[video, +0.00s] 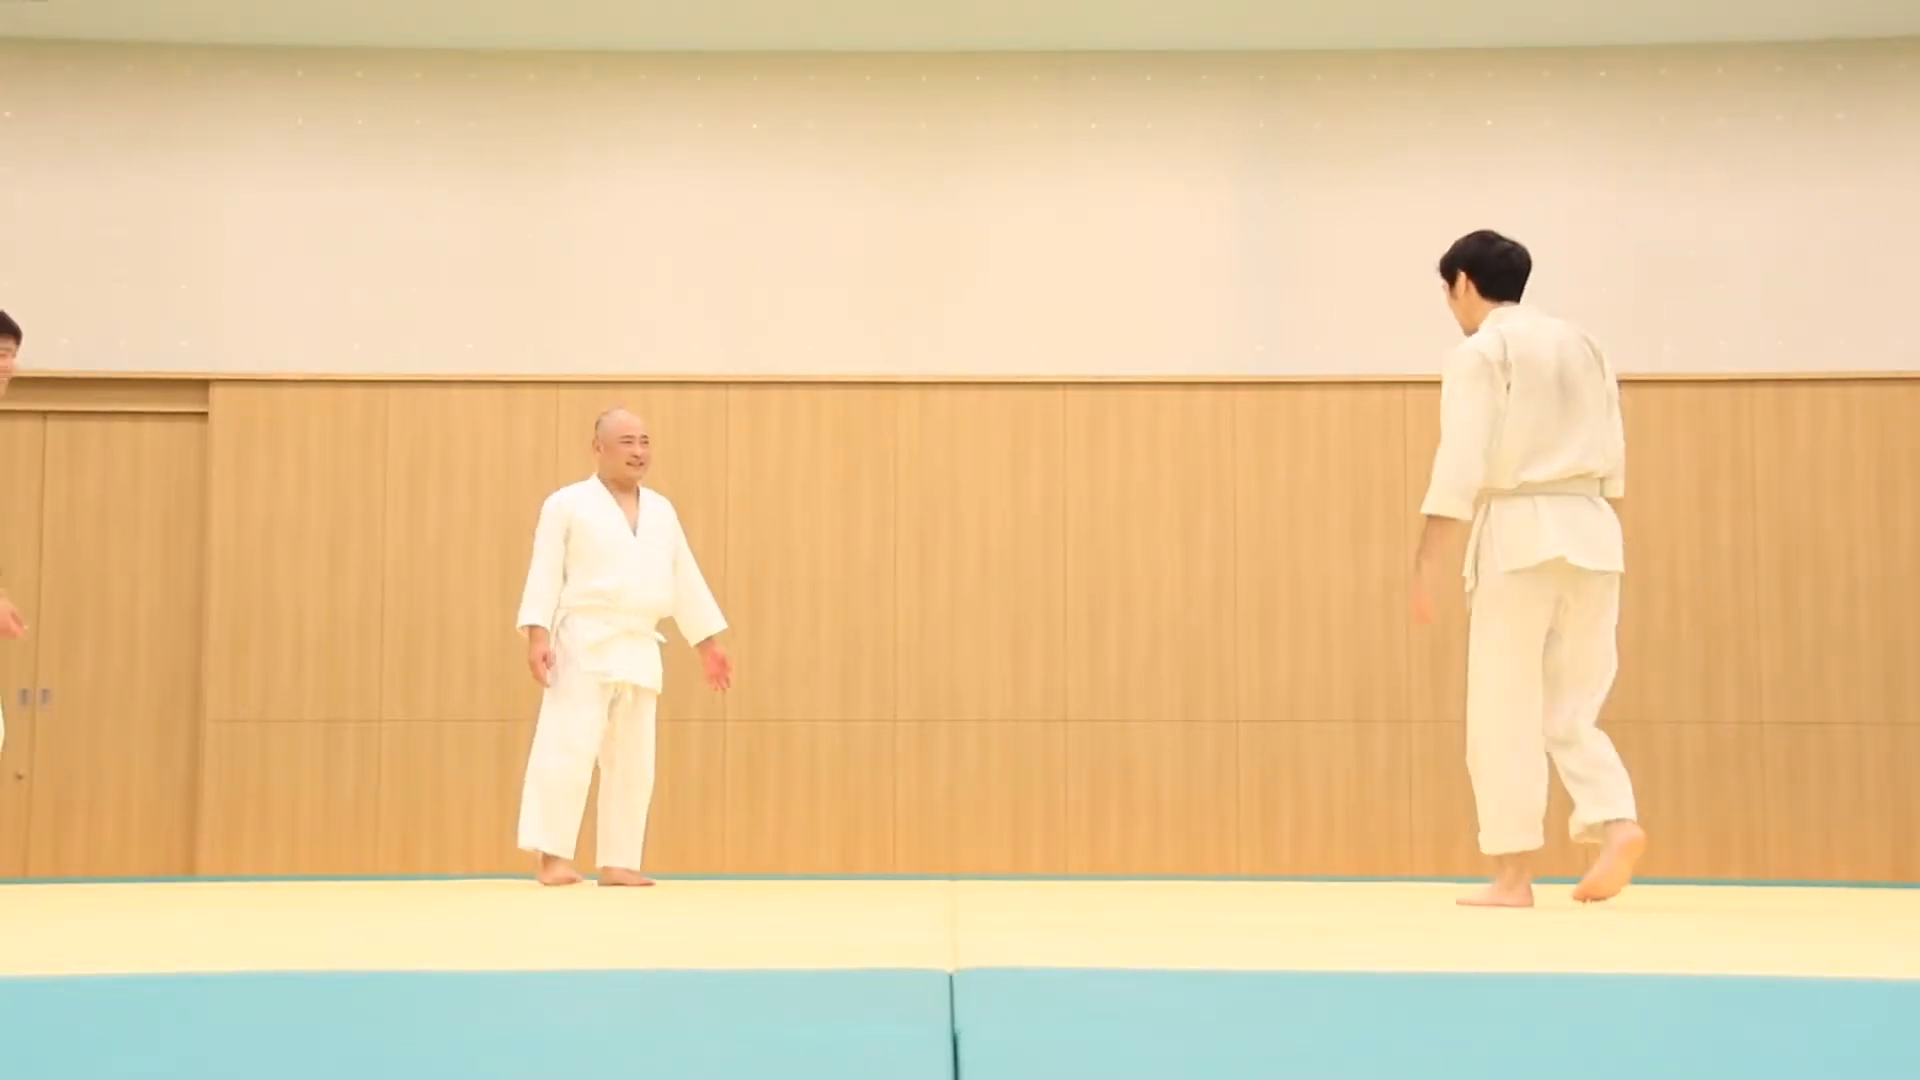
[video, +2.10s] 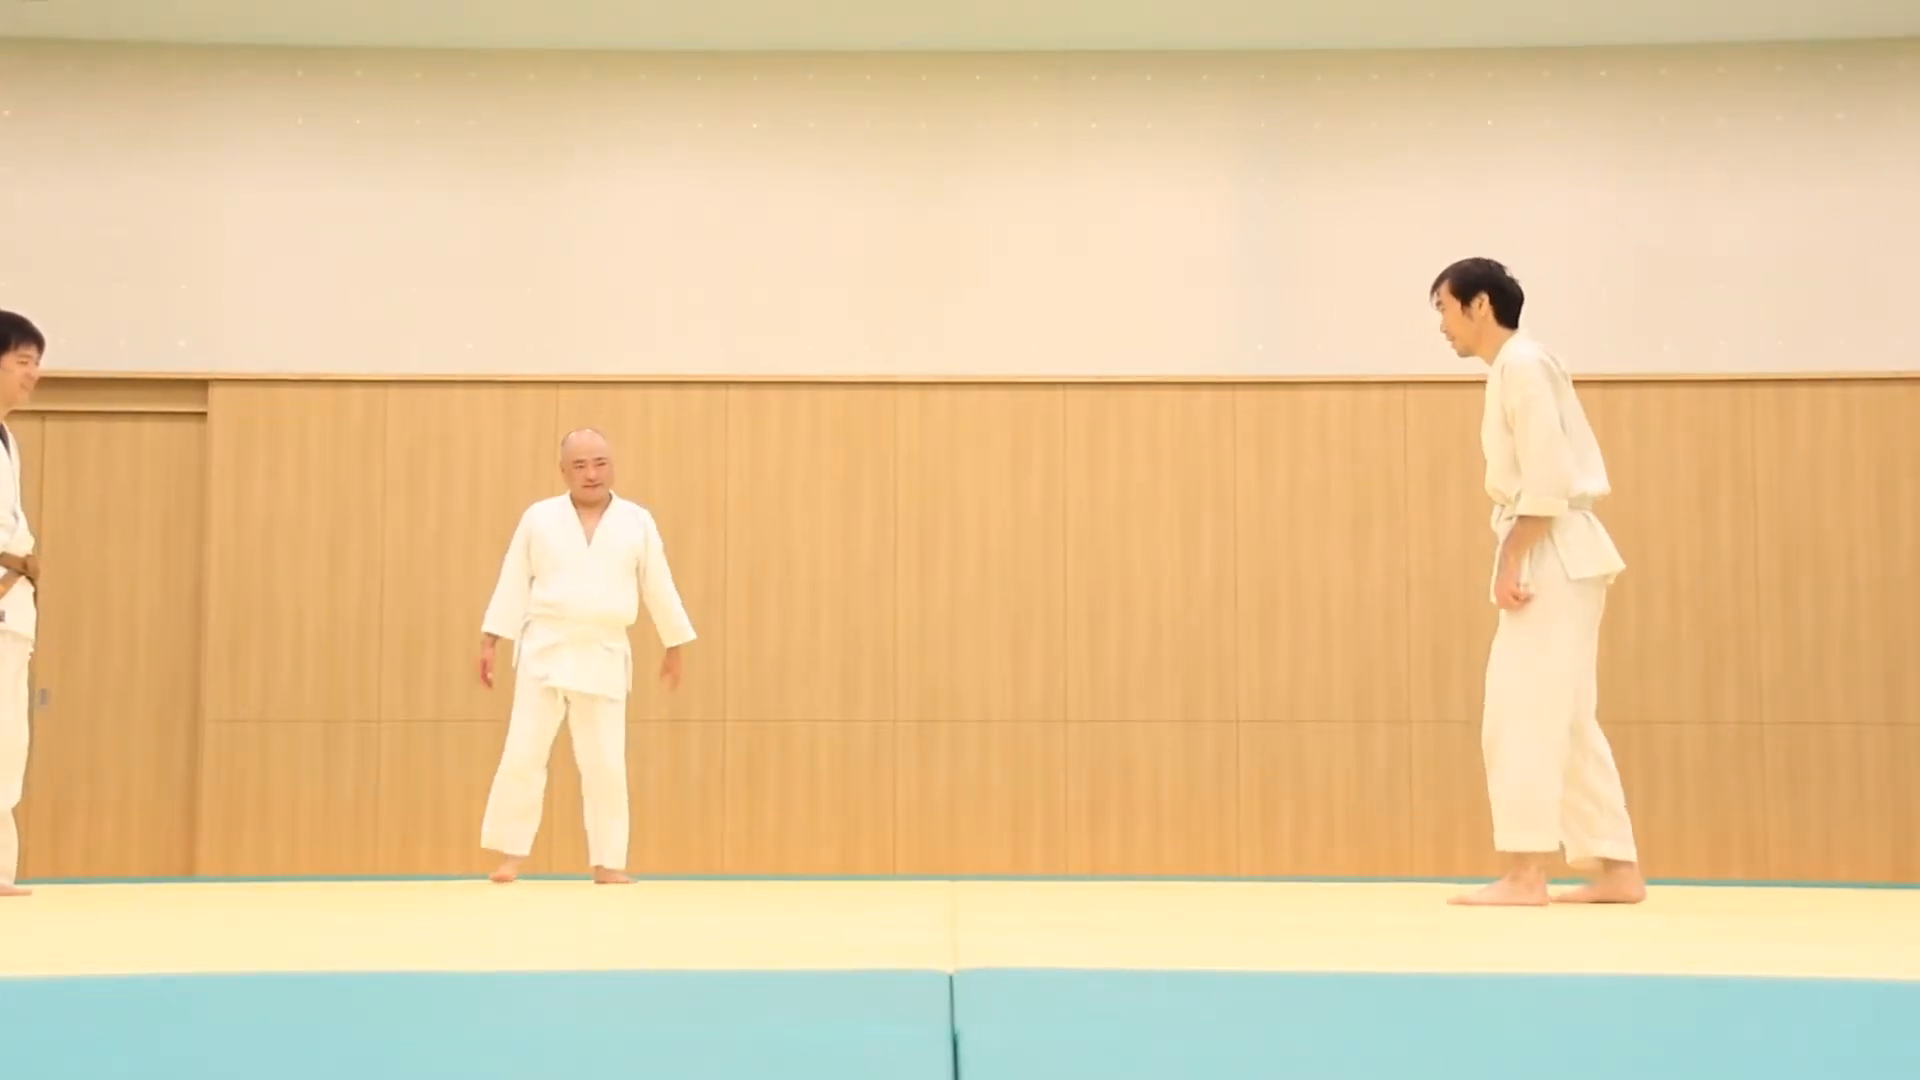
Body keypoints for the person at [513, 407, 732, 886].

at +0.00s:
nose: (639, 450)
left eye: (644, 441)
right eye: (626, 441)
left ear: (650, 449)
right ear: (598, 449)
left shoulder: (660, 509)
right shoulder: (566, 505)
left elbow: (684, 578)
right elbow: (545, 574)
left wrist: (707, 643)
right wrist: (538, 636)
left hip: (639, 648)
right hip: (580, 645)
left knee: (631, 759)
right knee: (568, 752)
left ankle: (617, 865)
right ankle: (553, 860)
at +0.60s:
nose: (609, 465)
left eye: (616, 456)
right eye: (598, 456)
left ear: (624, 463)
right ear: (573, 462)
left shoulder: (640, 516)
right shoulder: (541, 515)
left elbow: (675, 554)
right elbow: (517, 579)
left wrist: (701, 583)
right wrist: (501, 635)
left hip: (621, 650)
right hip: (559, 649)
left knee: (623, 756)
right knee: (559, 757)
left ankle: (616, 861)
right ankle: (562, 864)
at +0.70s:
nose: (603, 470)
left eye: (611, 462)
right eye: (592, 462)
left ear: (619, 468)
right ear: (567, 467)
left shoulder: (635, 514)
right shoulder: (536, 519)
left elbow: (679, 541)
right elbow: (513, 582)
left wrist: (671, 552)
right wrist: (498, 638)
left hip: (615, 650)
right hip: (555, 650)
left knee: (621, 756)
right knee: (557, 758)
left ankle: (615, 861)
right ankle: (561, 866)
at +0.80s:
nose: (598, 472)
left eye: (607, 463)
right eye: (587, 463)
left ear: (616, 468)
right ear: (564, 466)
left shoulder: (625, 509)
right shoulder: (533, 517)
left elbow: (671, 534)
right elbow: (509, 582)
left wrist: (642, 526)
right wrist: (493, 641)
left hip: (612, 649)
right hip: (553, 649)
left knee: (619, 751)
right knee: (555, 755)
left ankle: (610, 859)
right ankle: (561, 864)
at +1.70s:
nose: (599, 475)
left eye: (607, 465)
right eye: (587, 466)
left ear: (618, 468)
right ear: (568, 471)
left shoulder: (640, 515)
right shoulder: (542, 522)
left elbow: (689, 548)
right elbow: (522, 582)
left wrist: (673, 556)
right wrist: (512, 632)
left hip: (622, 651)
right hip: (564, 650)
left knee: (621, 759)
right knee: (561, 756)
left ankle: (612, 862)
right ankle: (564, 862)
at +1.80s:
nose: (598, 474)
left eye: (606, 464)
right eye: (586, 466)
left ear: (618, 467)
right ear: (569, 472)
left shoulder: (643, 519)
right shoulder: (546, 521)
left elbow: (674, 558)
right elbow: (524, 583)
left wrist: (698, 590)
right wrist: (511, 634)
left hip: (619, 652)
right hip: (559, 651)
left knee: (619, 760)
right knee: (555, 755)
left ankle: (612, 863)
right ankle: (562, 861)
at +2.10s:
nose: (591, 472)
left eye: (600, 463)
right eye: (580, 464)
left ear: (613, 467)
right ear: (563, 470)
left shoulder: (636, 520)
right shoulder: (540, 517)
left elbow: (658, 584)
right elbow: (513, 581)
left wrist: (675, 644)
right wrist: (490, 640)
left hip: (604, 654)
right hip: (543, 650)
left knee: (605, 761)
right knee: (524, 753)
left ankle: (608, 865)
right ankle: (512, 857)